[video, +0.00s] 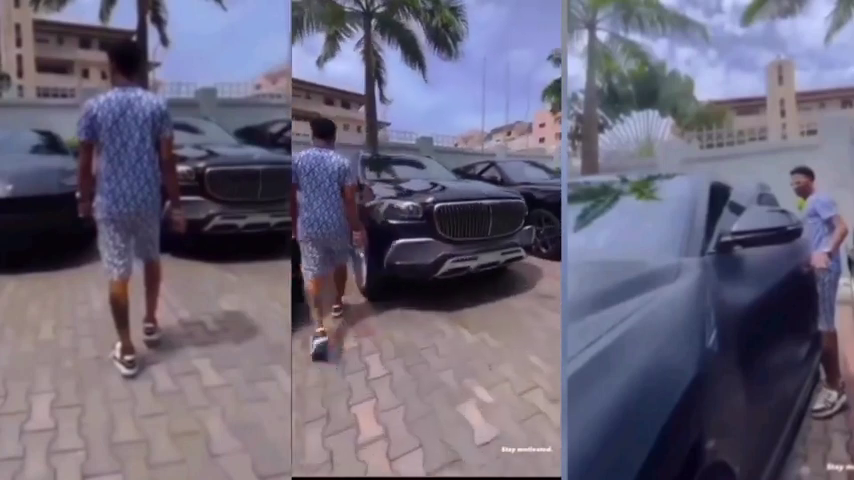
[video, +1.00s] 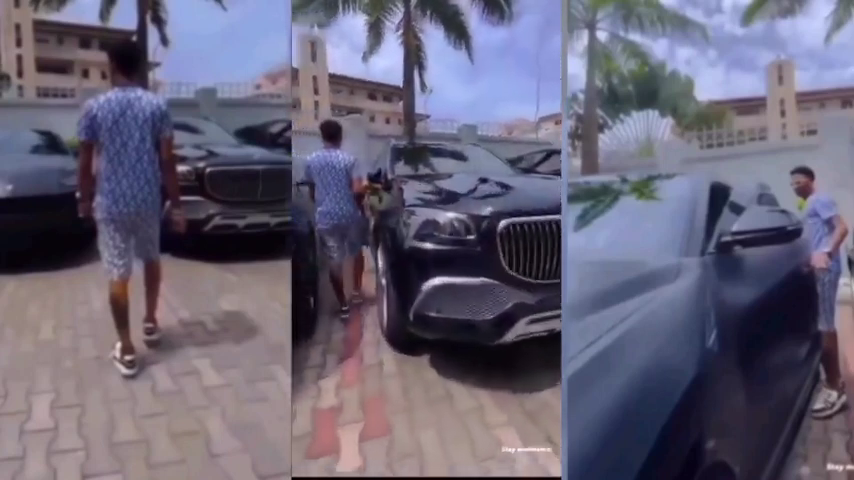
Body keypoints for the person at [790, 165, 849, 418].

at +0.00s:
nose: (796, 187)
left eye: (799, 183)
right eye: (793, 184)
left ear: (811, 181)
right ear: (797, 185)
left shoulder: (821, 201)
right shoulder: (809, 205)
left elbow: (842, 227)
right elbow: (820, 234)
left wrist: (827, 253)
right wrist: (810, 255)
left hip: (825, 268)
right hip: (815, 268)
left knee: (825, 327)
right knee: (822, 327)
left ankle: (834, 388)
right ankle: (830, 385)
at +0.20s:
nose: (796, 187)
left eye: (799, 183)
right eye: (793, 184)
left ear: (811, 181)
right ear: (797, 185)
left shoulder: (821, 201)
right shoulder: (809, 205)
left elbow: (842, 227)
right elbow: (820, 234)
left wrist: (827, 253)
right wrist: (810, 255)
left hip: (825, 268)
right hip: (815, 268)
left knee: (825, 327)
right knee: (822, 327)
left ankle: (834, 388)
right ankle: (830, 385)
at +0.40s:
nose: (796, 187)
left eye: (799, 183)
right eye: (793, 184)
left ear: (811, 181)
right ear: (797, 185)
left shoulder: (821, 201)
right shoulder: (809, 205)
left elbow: (842, 227)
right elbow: (820, 234)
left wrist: (827, 253)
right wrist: (810, 255)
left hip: (825, 268)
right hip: (815, 268)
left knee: (825, 327)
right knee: (822, 327)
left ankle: (834, 388)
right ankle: (830, 385)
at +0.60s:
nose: (796, 187)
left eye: (799, 183)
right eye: (793, 184)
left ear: (811, 181)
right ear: (797, 185)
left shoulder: (821, 201)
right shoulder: (809, 205)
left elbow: (842, 227)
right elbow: (820, 234)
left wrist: (827, 253)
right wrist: (810, 255)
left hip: (825, 268)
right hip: (815, 268)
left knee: (825, 327)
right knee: (822, 327)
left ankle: (834, 388)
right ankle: (830, 385)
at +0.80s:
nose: (796, 187)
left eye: (799, 183)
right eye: (793, 184)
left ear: (811, 181)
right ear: (796, 185)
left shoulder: (821, 201)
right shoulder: (809, 205)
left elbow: (842, 227)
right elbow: (820, 234)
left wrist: (827, 253)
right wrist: (810, 255)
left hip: (825, 268)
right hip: (815, 268)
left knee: (825, 327)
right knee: (822, 327)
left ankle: (834, 388)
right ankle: (830, 385)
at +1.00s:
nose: (796, 187)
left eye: (799, 183)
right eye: (793, 184)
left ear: (811, 181)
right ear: (797, 185)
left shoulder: (821, 201)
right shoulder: (809, 205)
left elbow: (842, 227)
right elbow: (820, 234)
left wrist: (827, 253)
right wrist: (810, 255)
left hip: (825, 268)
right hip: (815, 268)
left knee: (825, 327)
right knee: (822, 327)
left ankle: (834, 388)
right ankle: (830, 385)